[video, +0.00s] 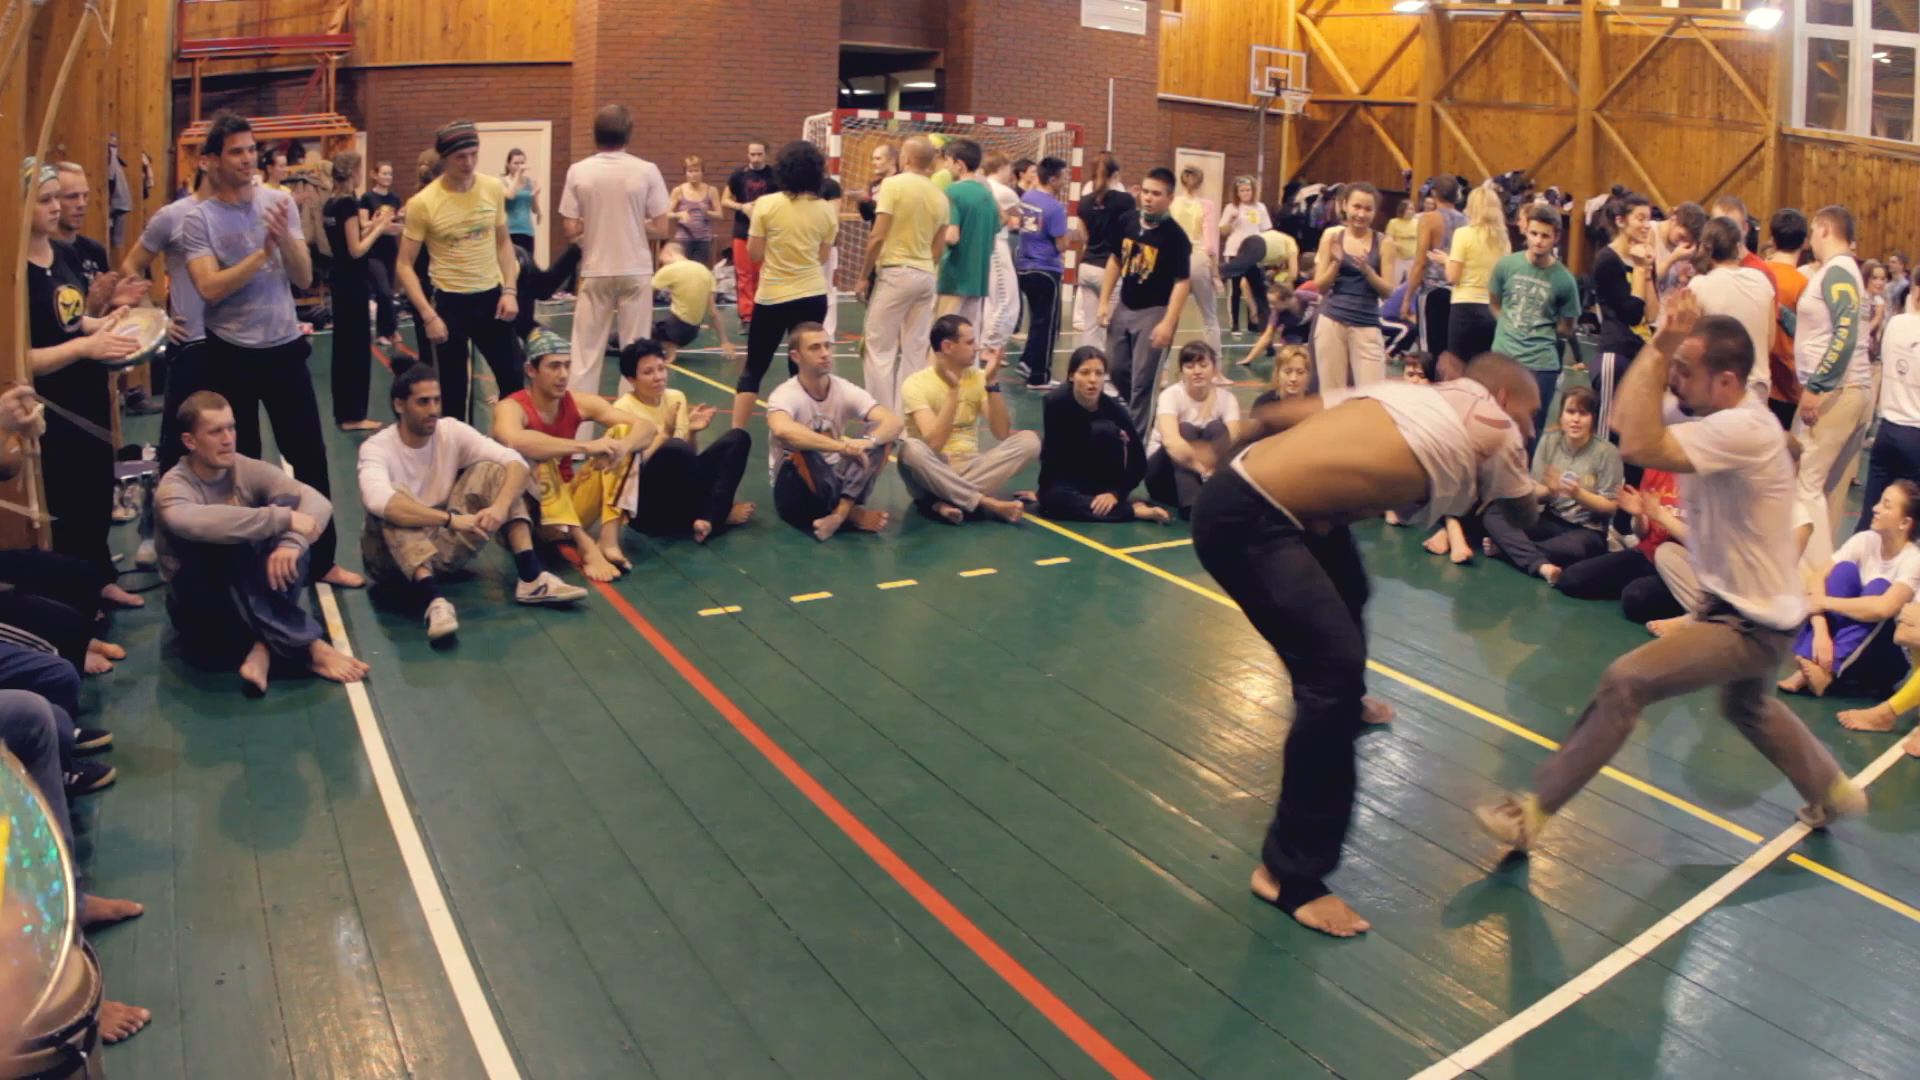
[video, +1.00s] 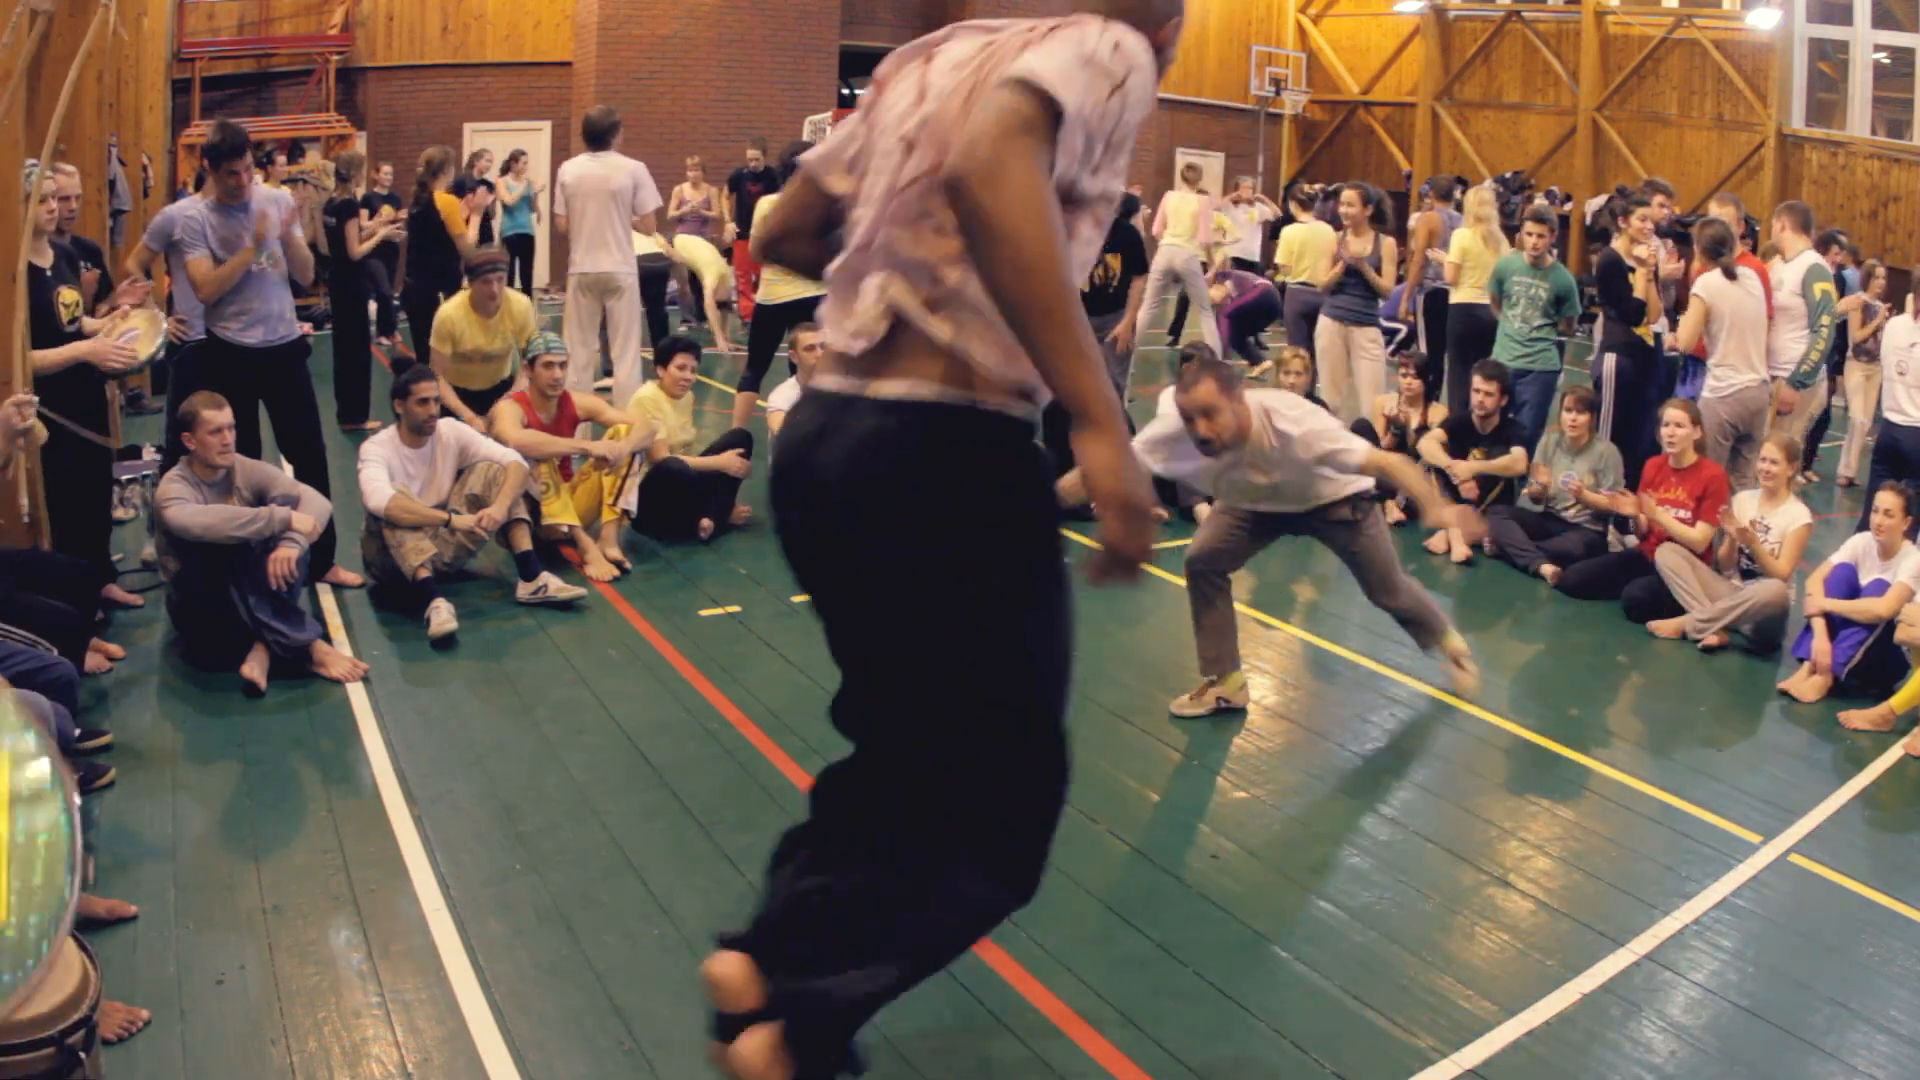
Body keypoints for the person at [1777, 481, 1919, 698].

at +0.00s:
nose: (1875, 508)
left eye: (1886, 506)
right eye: (1879, 502)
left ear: (1905, 523)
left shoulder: (1913, 558)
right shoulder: (1865, 540)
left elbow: (1885, 609)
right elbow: (1817, 578)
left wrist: (1823, 602)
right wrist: (1821, 633)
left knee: (1879, 586)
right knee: (1844, 571)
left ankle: (1825, 670)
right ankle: (1807, 667)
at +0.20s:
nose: (1886, 514)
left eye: (1897, 510)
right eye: (1885, 505)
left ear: (1913, 523)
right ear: (1878, 508)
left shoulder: (1914, 558)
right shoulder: (1864, 540)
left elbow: (1886, 608)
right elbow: (1816, 579)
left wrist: (1824, 602)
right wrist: (1822, 635)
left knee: (1879, 585)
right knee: (1845, 570)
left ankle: (1827, 671)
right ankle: (1808, 664)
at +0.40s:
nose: (1885, 515)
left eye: (1896, 510)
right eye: (1883, 506)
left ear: (1911, 523)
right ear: (1876, 508)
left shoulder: (1913, 558)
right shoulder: (1863, 540)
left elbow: (1886, 610)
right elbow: (1816, 579)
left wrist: (1824, 604)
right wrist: (1821, 638)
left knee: (1878, 586)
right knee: (1844, 570)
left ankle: (1824, 675)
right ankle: (1809, 664)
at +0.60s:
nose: (1883, 518)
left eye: (1893, 513)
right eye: (1880, 508)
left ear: (1909, 523)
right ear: (1874, 510)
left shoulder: (1913, 558)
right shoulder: (1862, 541)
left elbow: (1885, 610)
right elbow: (1814, 580)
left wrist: (1823, 604)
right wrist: (1821, 637)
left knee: (1877, 586)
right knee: (1844, 570)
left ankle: (1825, 675)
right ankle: (1809, 665)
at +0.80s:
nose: (1880, 519)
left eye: (1890, 514)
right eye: (1877, 510)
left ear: (1907, 523)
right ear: (1871, 511)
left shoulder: (1913, 559)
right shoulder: (1861, 541)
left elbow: (1886, 610)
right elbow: (1814, 580)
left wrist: (1823, 604)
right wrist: (1821, 638)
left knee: (1878, 587)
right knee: (1843, 571)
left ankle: (1826, 675)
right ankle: (1809, 665)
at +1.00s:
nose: (1878, 521)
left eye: (1888, 515)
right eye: (1875, 512)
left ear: (1906, 523)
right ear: (1869, 512)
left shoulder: (1912, 558)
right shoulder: (1860, 542)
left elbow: (1885, 610)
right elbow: (1813, 580)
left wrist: (1824, 604)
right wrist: (1821, 638)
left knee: (1878, 586)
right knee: (1843, 571)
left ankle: (1824, 676)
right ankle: (1807, 666)